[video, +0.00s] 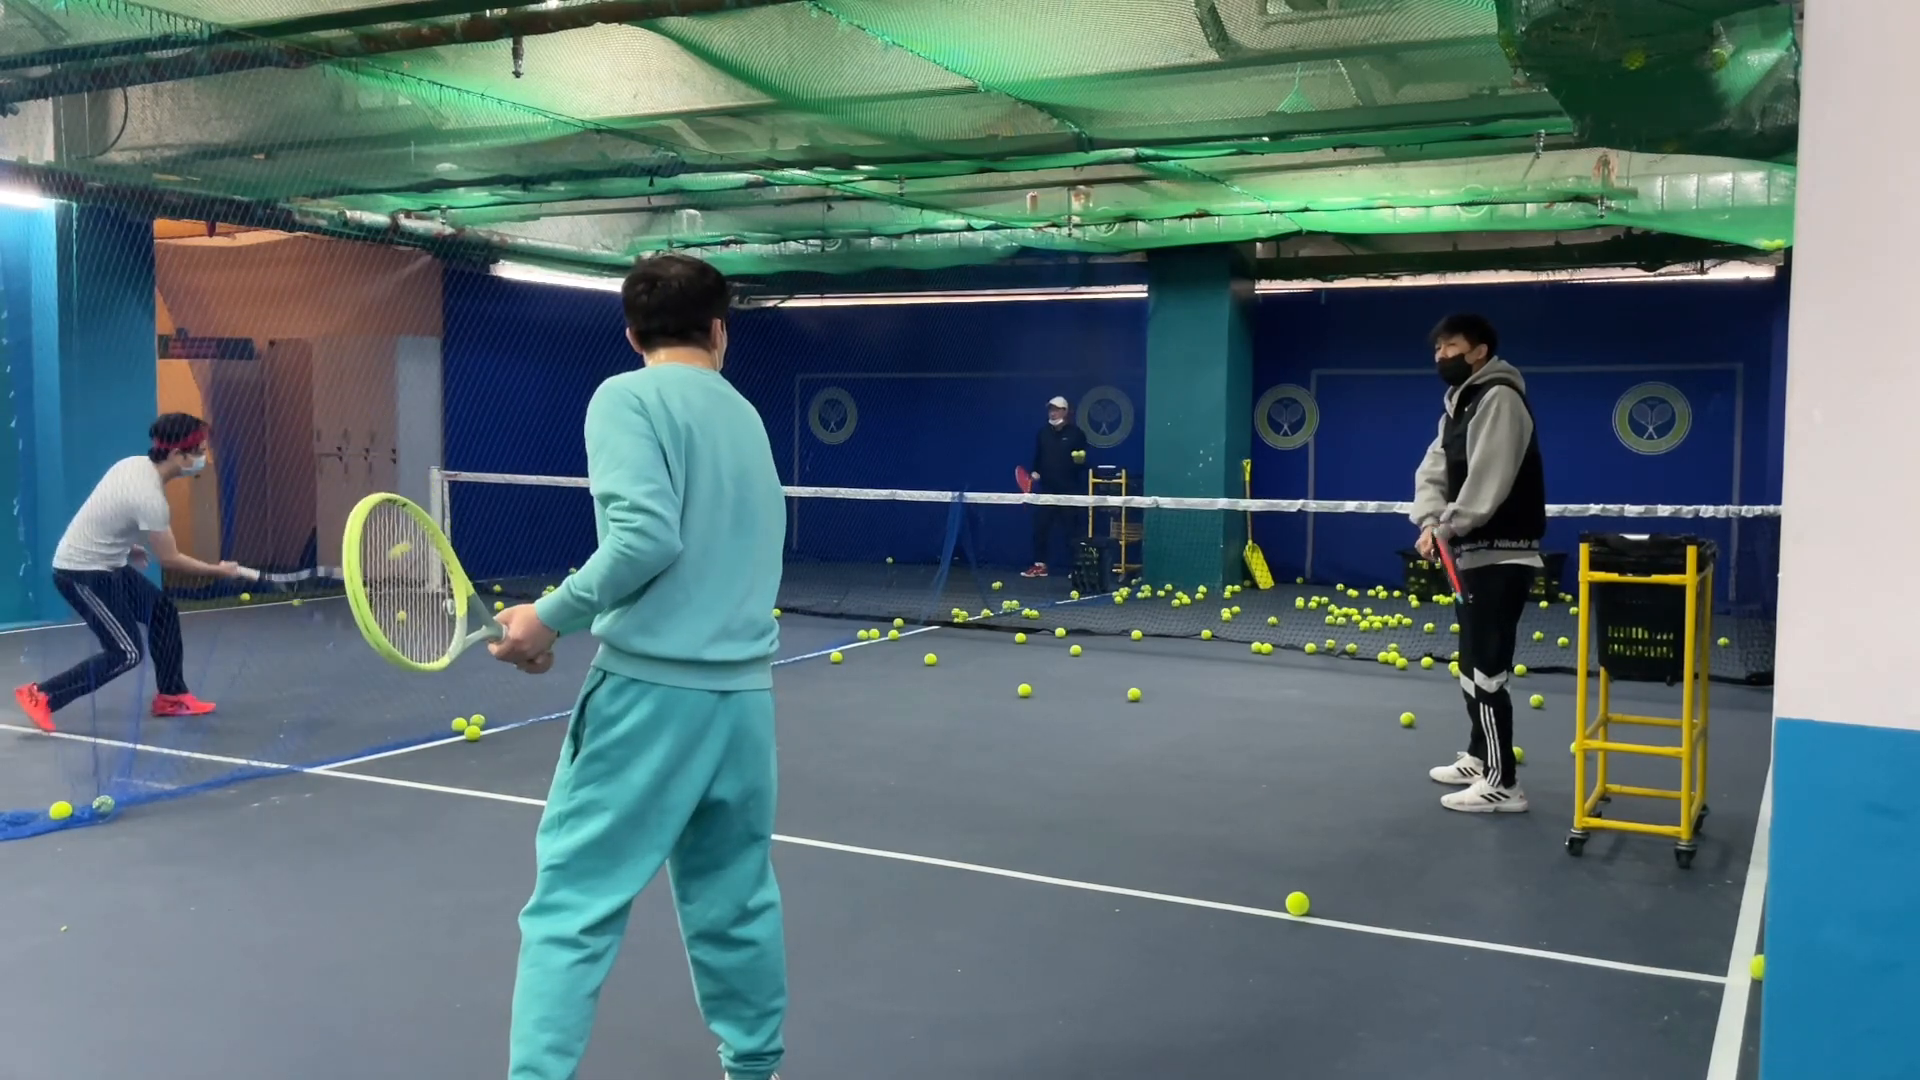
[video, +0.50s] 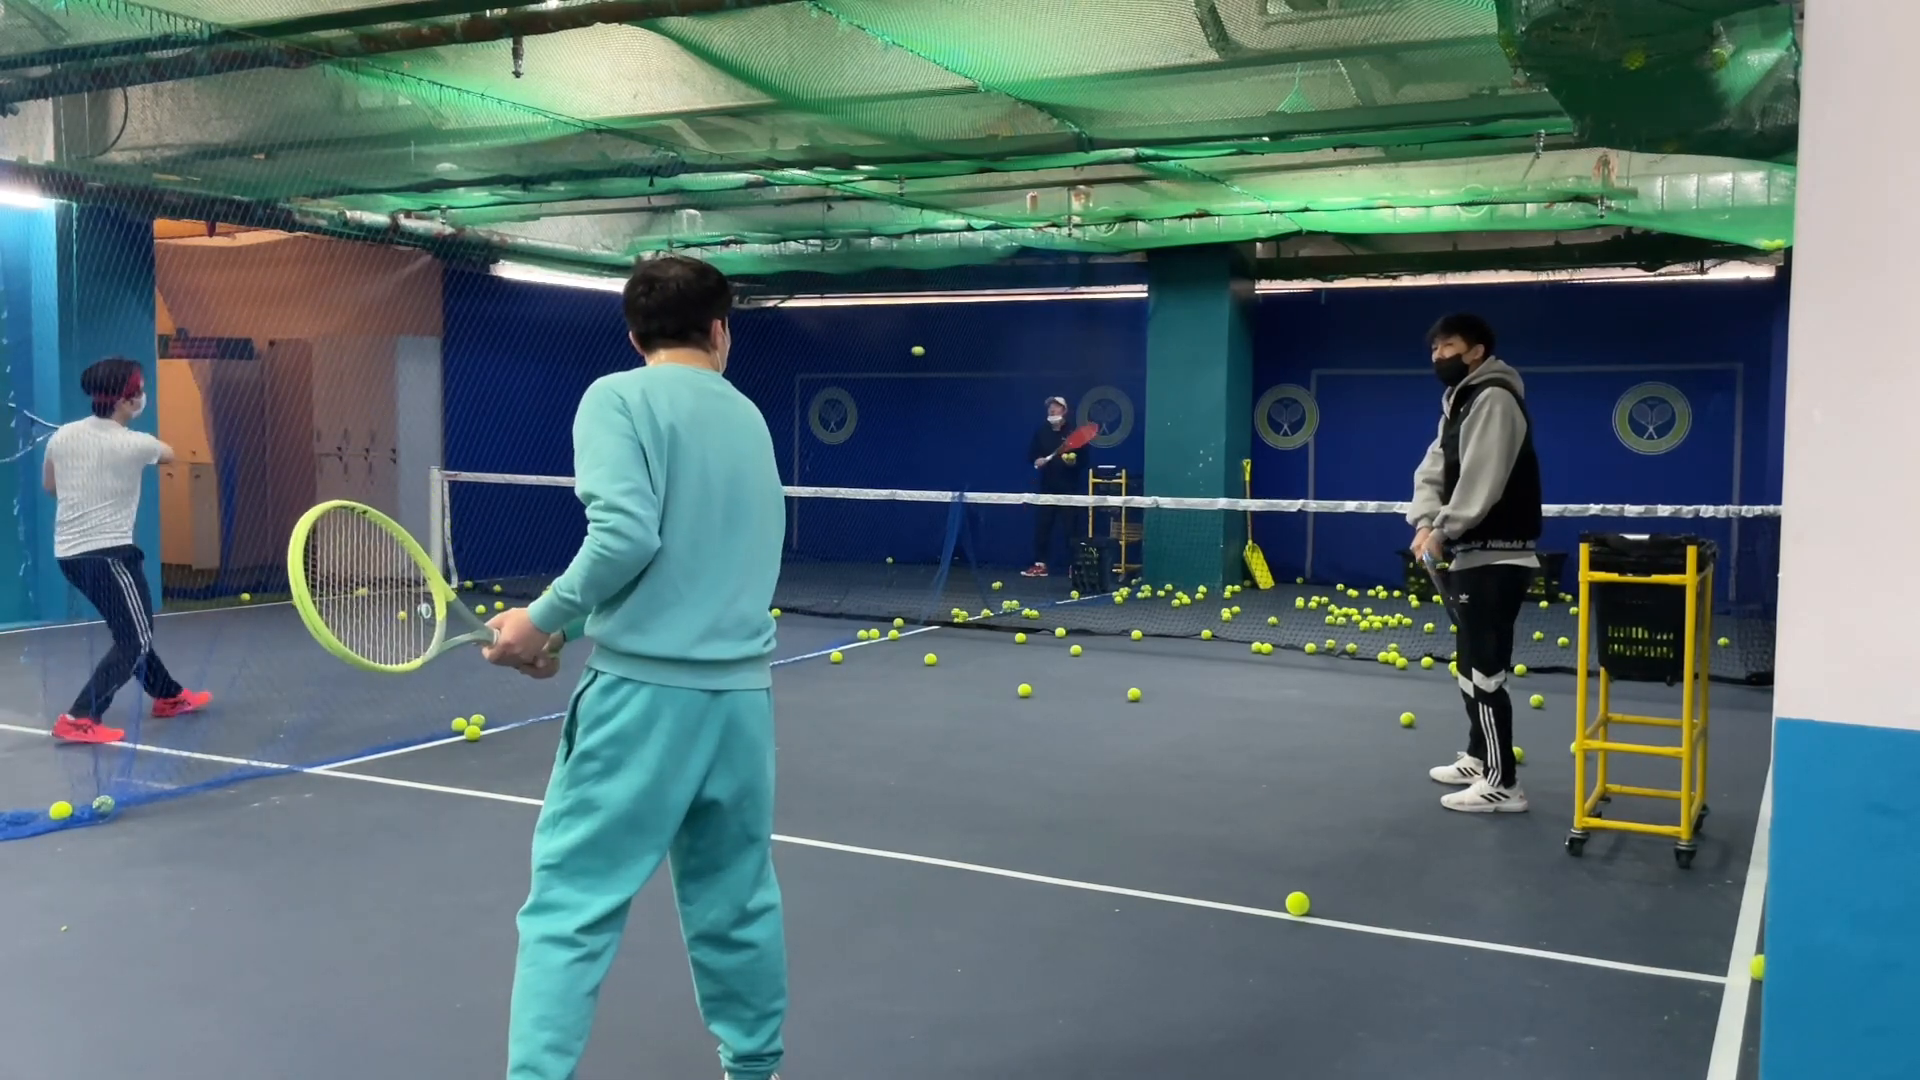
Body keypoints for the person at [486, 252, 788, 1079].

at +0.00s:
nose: (731, 338)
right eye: (729, 327)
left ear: (637, 332)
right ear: (717, 331)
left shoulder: (627, 398)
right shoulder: (745, 418)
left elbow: (646, 536)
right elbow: (750, 556)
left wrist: (547, 616)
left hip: (647, 700)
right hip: (744, 703)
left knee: (572, 910)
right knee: (735, 898)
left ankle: (539, 1069)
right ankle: (755, 1063)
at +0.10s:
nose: (731, 338)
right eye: (730, 327)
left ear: (636, 332)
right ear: (717, 330)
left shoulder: (624, 398)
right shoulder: (745, 417)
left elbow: (642, 536)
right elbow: (746, 557)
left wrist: (546, 618)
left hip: (646, 699)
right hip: (744, 702)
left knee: (572, 910)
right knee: (735, 897)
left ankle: (539, 1069)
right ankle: (754, 1063)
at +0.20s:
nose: (731, 337)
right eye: (730, 326)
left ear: (636, 332)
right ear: (717, 330)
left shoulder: (621, 399)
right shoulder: (746, 417)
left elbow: (638, 534)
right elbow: (746, 557)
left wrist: (545, 619)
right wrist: (566, 622)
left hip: (644, 699)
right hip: (744, 702)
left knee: (572, 910)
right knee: (736, 898)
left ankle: (539, 1069)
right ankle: (755, 1064)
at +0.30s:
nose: (731, 336)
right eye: (730, 325)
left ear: (637, 331)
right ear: (716, 329)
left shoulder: (620, 397)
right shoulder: (747, 417)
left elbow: (635, 532)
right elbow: (740, 557)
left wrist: (543, 619)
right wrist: (565, 625)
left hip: (643, 699)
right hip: (743, 702)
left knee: (571, 911)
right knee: (736, 898)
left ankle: (539, 1069)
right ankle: (755, 1064)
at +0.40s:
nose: (732, 340)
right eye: (731, 328)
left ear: (637, 333)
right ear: (717, 332)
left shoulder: (618, 398)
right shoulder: (748, 419)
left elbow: (631, 532)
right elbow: (737, 560)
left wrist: (541, 620)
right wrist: (564, 627)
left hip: (641, 700)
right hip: (743, 703)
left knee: (571, 911)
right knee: (737, 898)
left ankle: (539, 1069)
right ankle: (755, 1064)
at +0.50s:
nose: (733, 339)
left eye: (728, 326)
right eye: (731, 327)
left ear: (639, 332)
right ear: (717, 331)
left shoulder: (617, 398)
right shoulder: (748, 418)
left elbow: (627, 531)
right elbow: (727, 560)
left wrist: (540, 620)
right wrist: (563, 628)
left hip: (640, 699)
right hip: (741, 703)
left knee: (570, 910)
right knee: (736, 898)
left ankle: (538, 1069)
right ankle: (755, 1064)